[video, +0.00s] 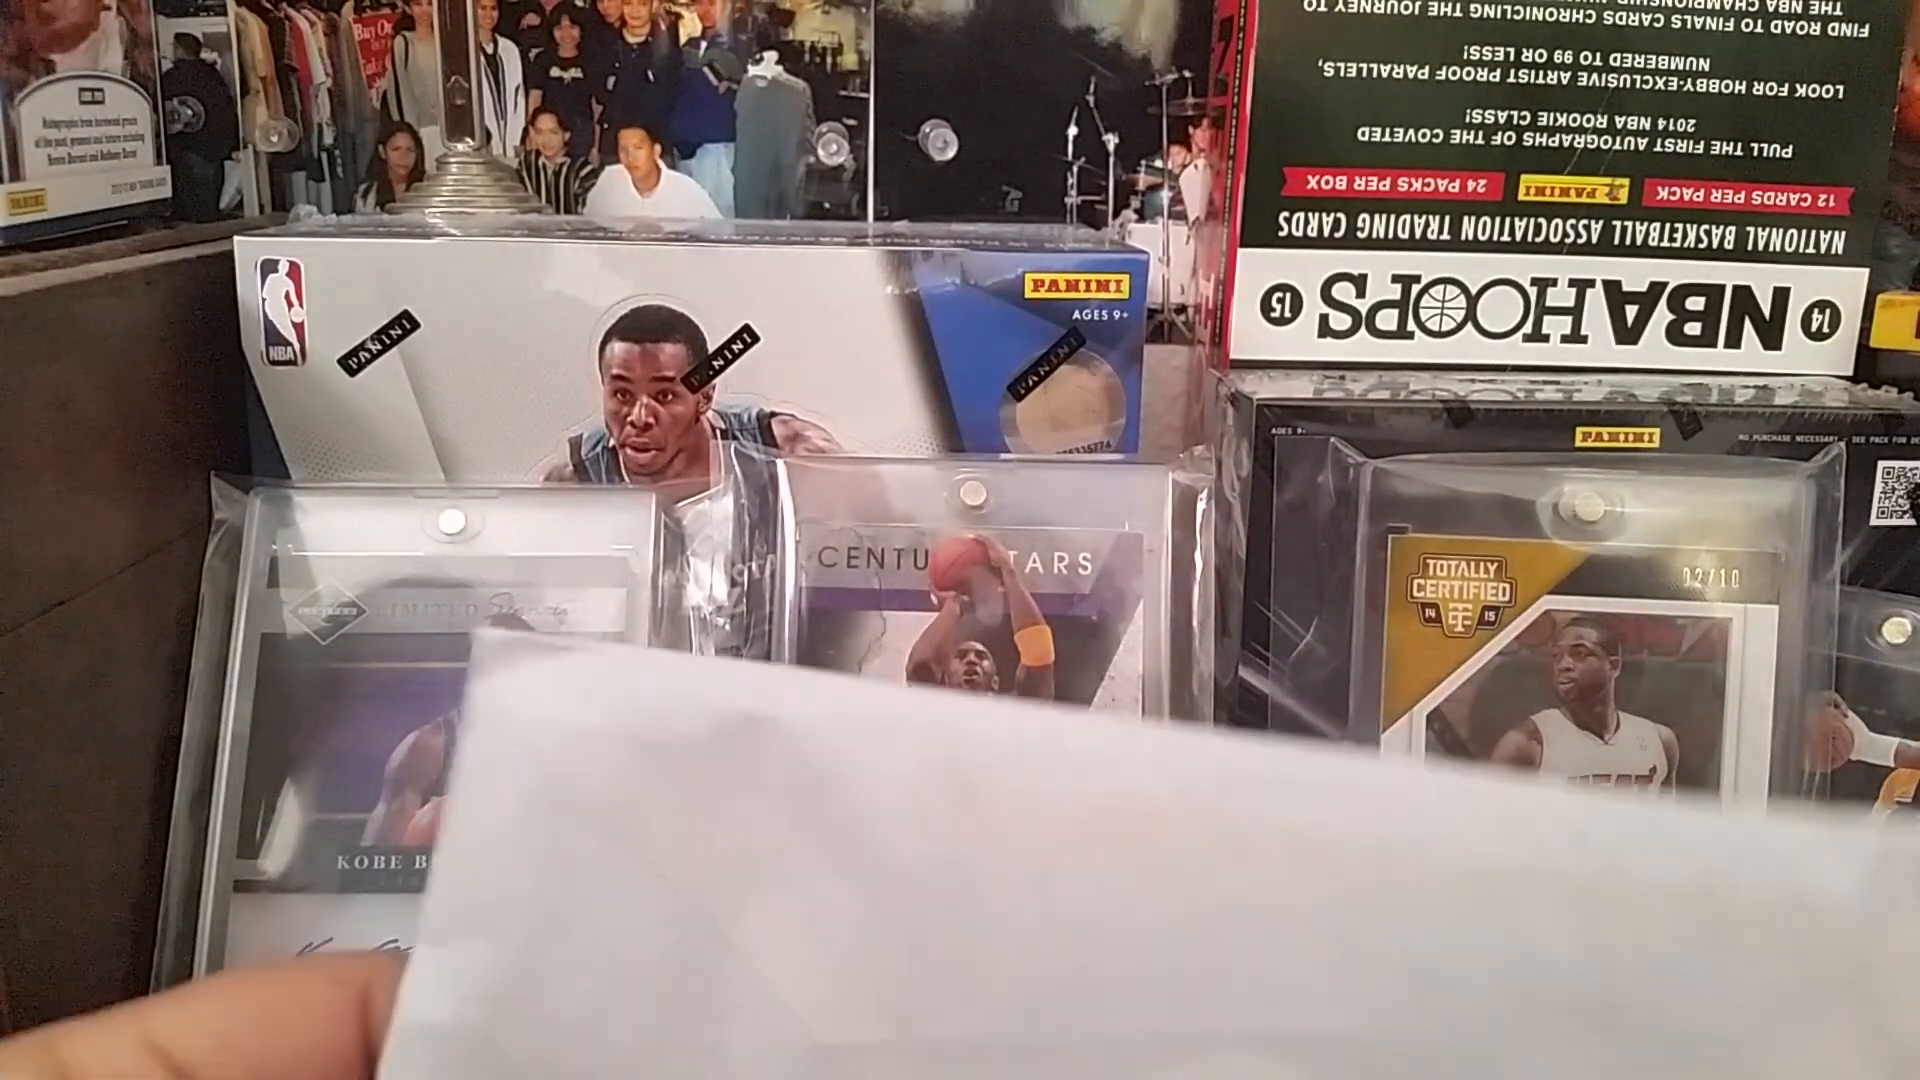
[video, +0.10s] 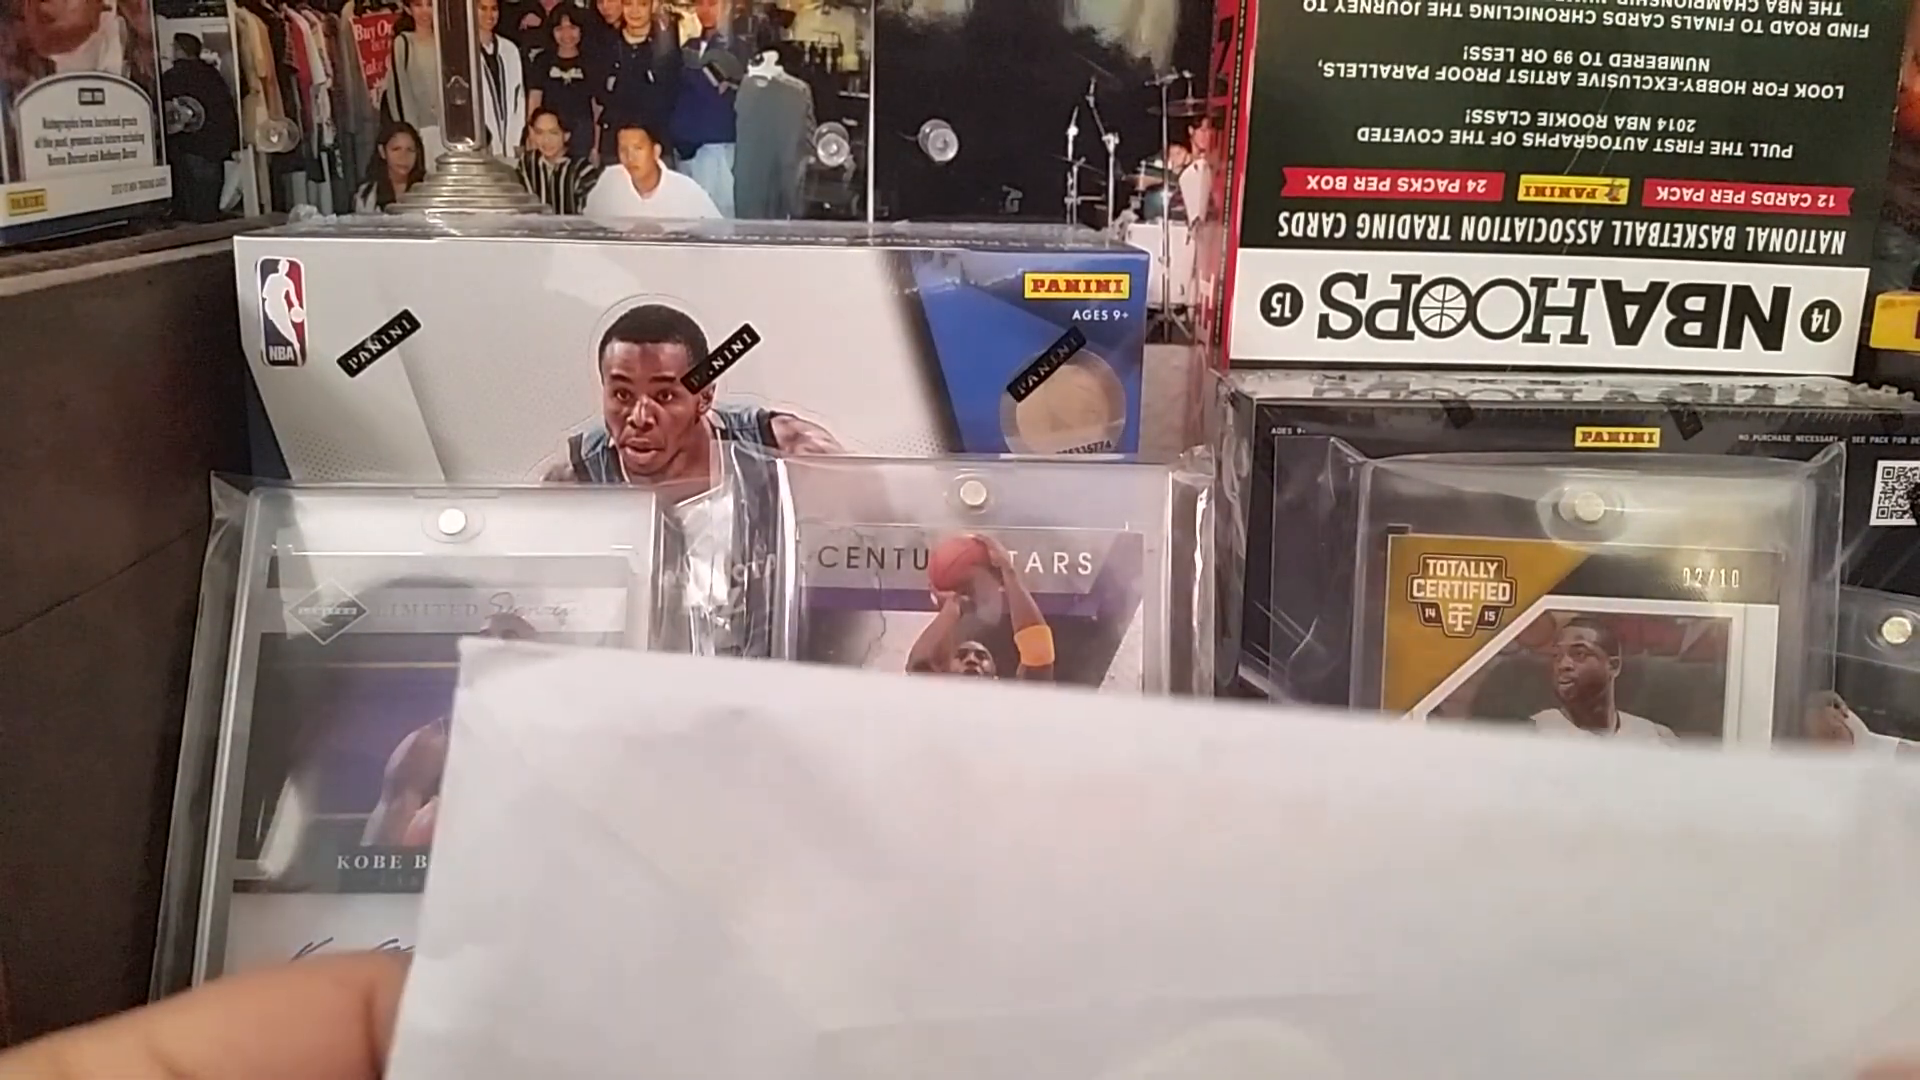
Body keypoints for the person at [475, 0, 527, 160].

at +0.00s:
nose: (489, 14)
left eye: (494, 8)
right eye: (483, 8)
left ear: (499, 12)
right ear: (472, 11)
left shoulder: (511, 49)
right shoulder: (465, 51)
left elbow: (520, 96)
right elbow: (465, 101)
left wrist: (516, 142)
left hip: (512, 145)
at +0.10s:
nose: (490, 15)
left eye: (494, 9)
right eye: (483, 9)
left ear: (499, 12)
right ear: (472, 11)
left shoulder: (511, 49)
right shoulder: (465, 51)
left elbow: (520, 96)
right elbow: (465, 101)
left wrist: (515, 142)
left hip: (512, 145)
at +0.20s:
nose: (490, 14)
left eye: (494, 8)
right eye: (483, 8)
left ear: (498, 12)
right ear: (472, 12)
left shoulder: (511, 49)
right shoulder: (465, 51)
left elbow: (520, 96)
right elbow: (465, 101)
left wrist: (516, 142)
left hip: (512, 145)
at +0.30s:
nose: (489, 14)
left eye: (493, 8)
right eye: (483, 8)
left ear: (498, 12)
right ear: (472, 12)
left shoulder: (511, 49)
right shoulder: (465, 51)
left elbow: (520, 95)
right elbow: (465, 101)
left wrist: (517, 141)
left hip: (513, 145)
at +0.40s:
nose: (490, 14)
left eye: (494, 8)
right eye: (483, 8)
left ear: (498, 11)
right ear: (472, 11)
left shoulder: (511, 49)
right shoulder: (465, 51)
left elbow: (520, 96)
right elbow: (465, 101)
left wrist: (516, 141)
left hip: (513, 145)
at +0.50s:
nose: (490, 14)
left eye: (493, 8)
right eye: (483, 8)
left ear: (498, 12)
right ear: (473, 12)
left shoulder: (511, 49)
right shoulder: (465, 51)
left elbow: (520, 95)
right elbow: (465, 100)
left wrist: (516, 141)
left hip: (512, 144)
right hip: (483, 146)